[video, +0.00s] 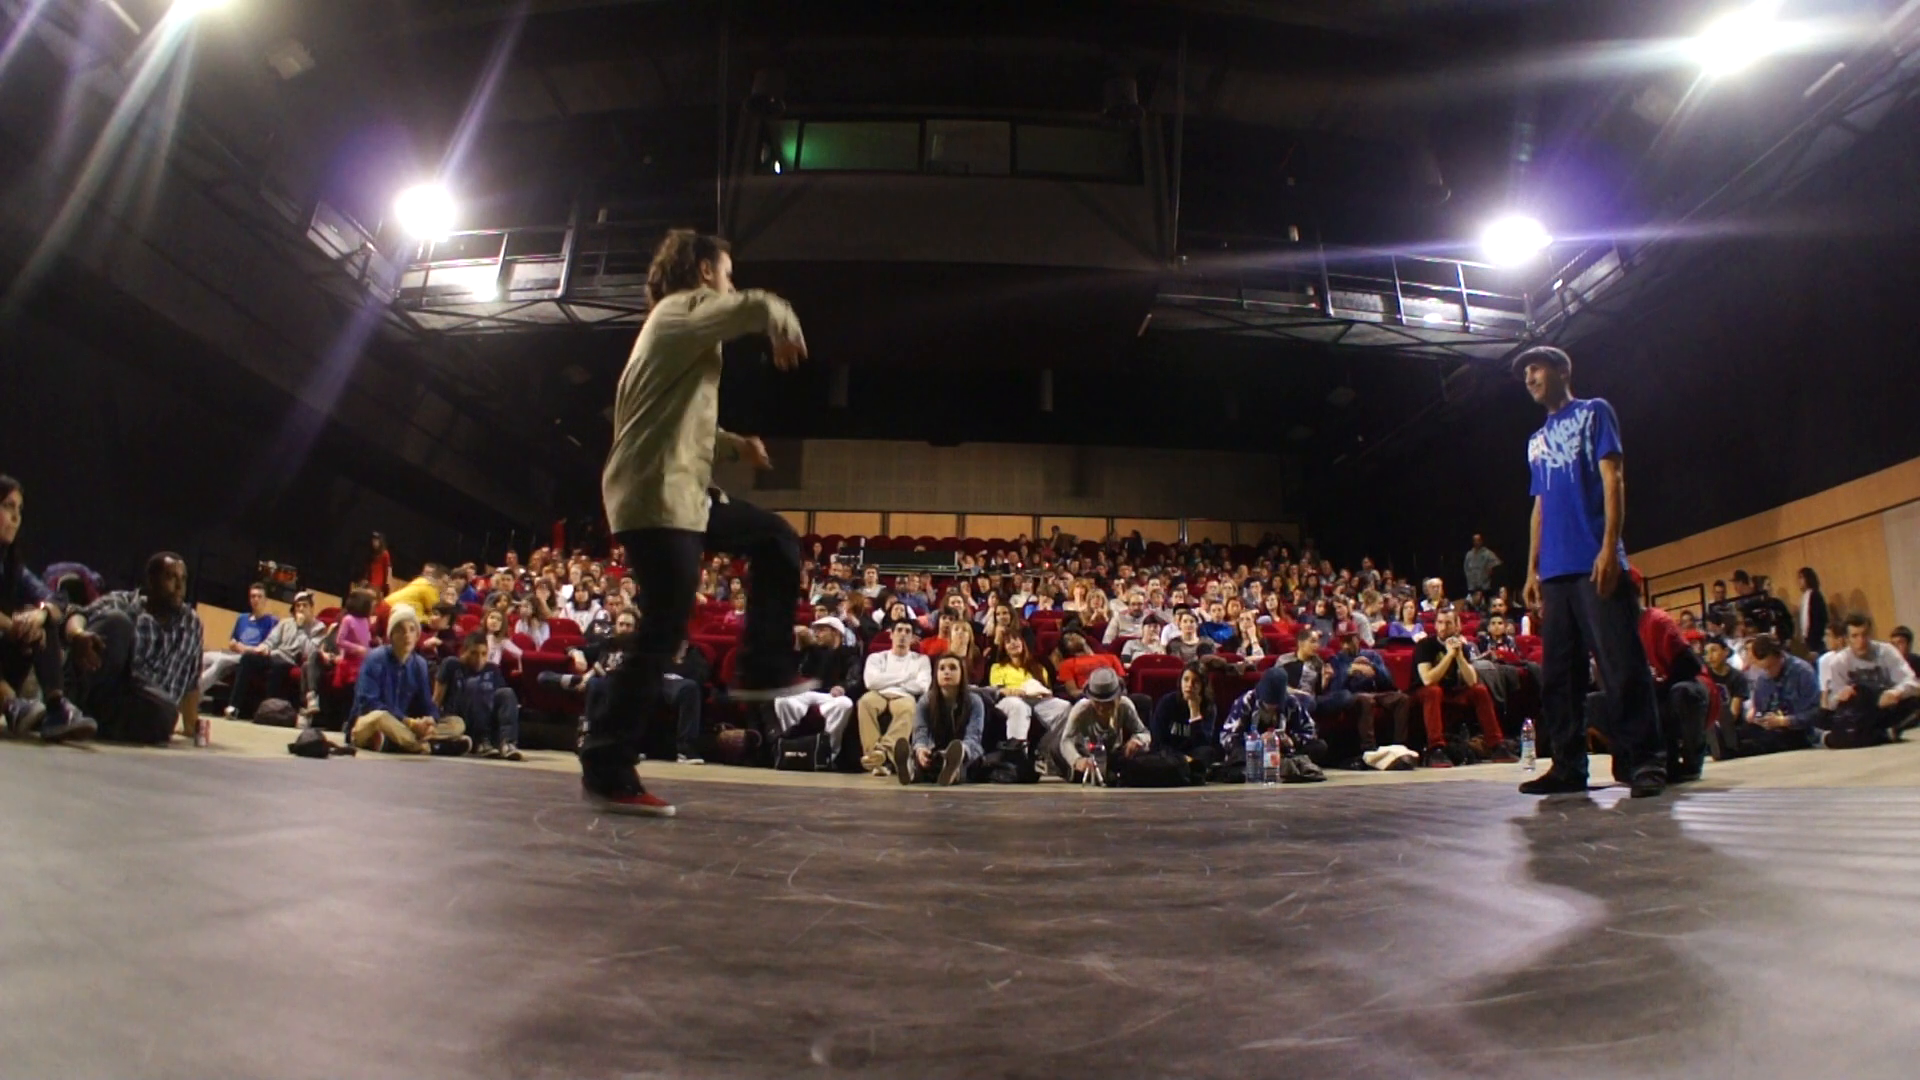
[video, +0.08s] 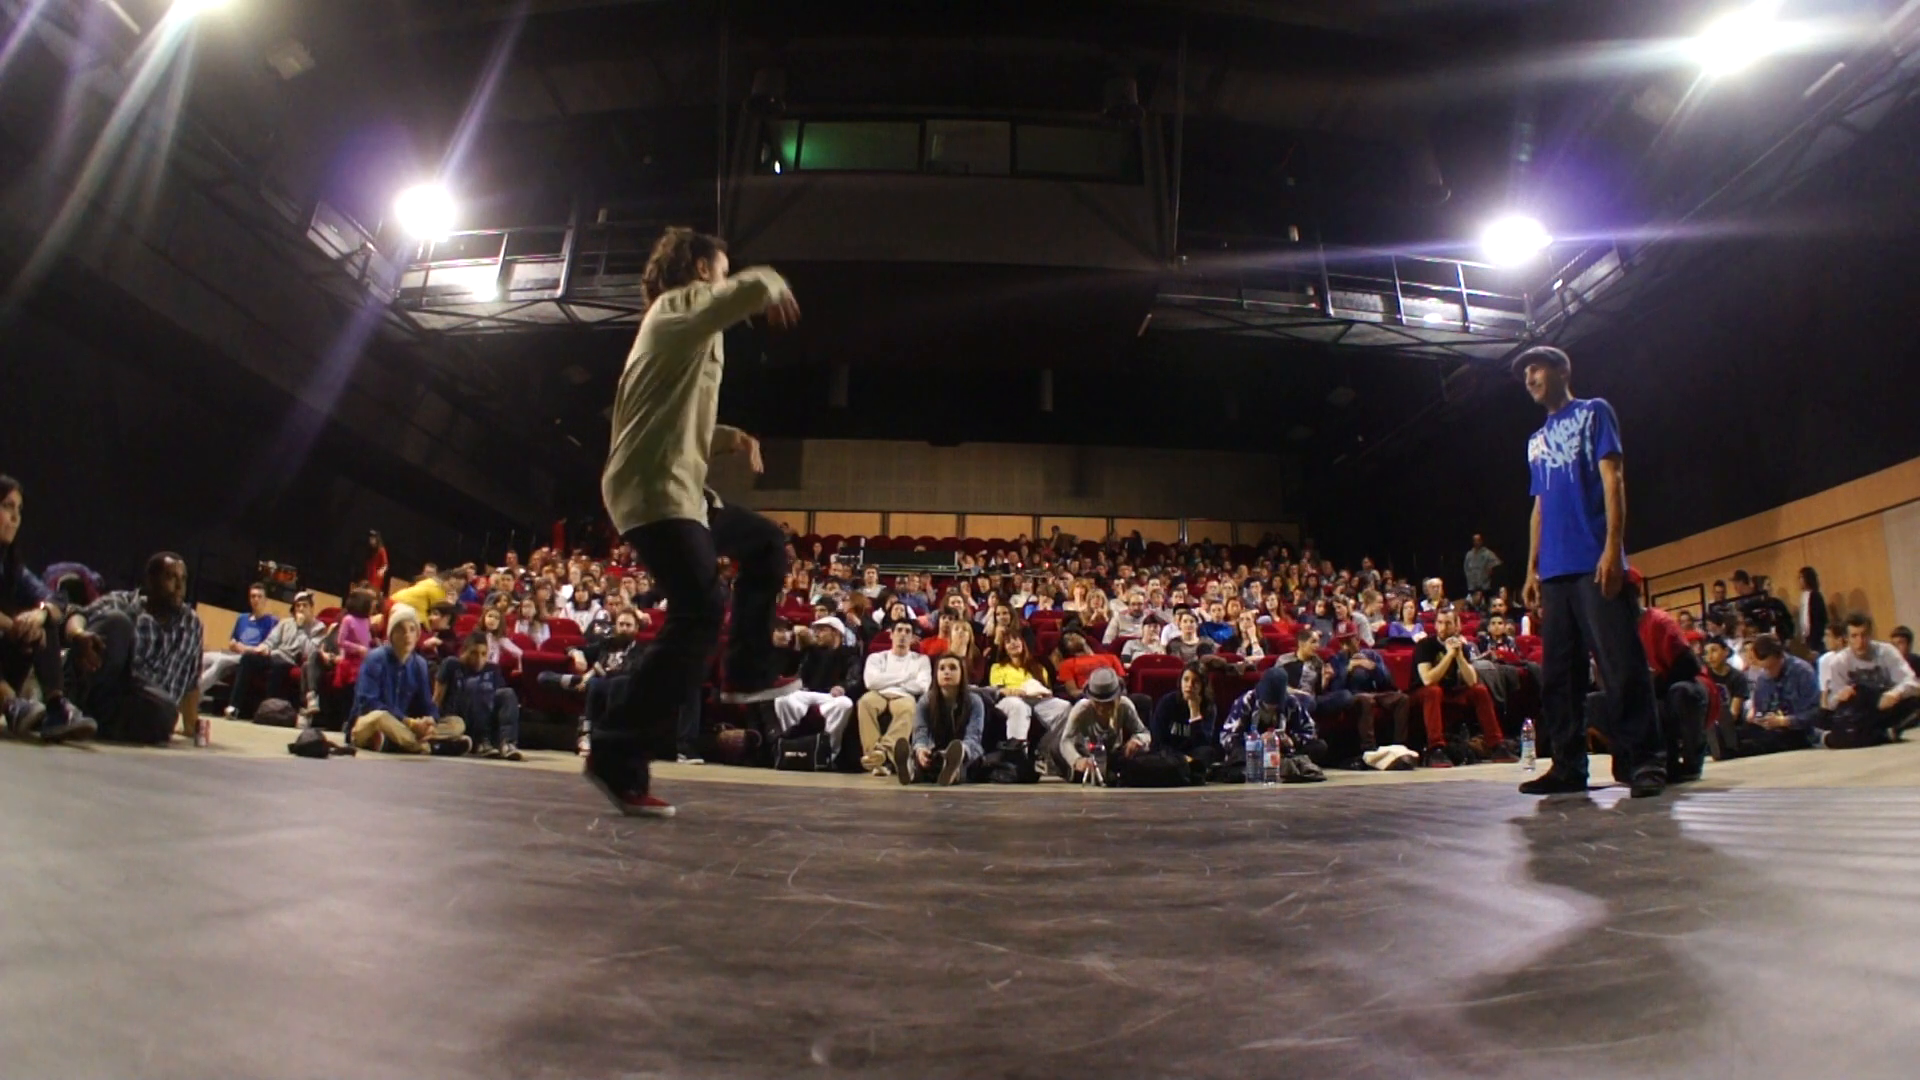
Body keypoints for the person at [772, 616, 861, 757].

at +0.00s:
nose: (817, 634)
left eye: (822, 630)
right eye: (817, 630)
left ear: (835, 633)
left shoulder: (849, 653)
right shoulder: (815, 651)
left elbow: (854, 679)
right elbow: (804, 673)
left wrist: (843, 688)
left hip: (833, 693)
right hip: (811, 691)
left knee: (844, 704)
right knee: (783, 702)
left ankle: (830, 753)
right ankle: (793, 750)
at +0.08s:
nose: (818, 634)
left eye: (822, 630)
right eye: (817, 630)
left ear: (835, 633)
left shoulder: (849, 653)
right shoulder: (813, 652)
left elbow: (854, 679)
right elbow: (804, 676)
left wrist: (843, 688)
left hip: (832, 693)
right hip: (811, 691)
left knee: (844, 704)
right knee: (785, 702)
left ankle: (830, 752)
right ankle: (794, 748)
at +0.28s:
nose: (820, 634)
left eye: (825, 630)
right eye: (819, 630)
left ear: (837, 633)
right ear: (817, 632)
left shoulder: (849, 653)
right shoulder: (814, 651)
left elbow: (854, 679)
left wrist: (843, 688)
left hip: (832, 693)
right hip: (810, 691)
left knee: (844, 704)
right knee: (785, 702)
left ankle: (830, 754)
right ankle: (793, 749)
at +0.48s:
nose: (831, 634)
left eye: (835, 629)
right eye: (825, 631)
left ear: (842, 632)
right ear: (820, 635)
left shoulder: (850, 652)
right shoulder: (813, 651)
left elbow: (854, 679)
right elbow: (802, 674)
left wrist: (843, 688)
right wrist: (798, 683)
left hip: (831, 694)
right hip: (809, 692)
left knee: (844, 704)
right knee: (783, 699)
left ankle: (829, 754)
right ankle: (793, 749)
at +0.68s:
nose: (834, 634)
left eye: (837, 629)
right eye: (827, 631)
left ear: (842, 632)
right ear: (820, 636)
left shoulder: (850, 652)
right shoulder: (812, 651)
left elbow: (854, 679)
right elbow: (801, 674)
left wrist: (842, 688)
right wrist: (798, 683)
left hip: (832, 694)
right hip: (809, 691)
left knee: (844, 704)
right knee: (783, 699)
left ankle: (829, 754)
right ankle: (793, 749)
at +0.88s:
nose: (833, 634)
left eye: (836, 629)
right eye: (827, 631)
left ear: (842, 632)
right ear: (820, 635)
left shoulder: (850, 653)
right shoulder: (812, 651)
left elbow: (854, 679)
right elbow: (801, 673)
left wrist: (842, 688)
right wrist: (798, 683)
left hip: (831, 694)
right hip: (808, 691)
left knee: (844, 704)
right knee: (783, 700)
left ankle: (829, 754)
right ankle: (793, 749)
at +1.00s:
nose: (833, 634)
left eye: (836, 629)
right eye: (827, 631)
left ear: (842, 632)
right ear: (820, 635)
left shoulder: (850, 653)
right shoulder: (812, 651)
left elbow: (854, 679)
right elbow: (801, 673)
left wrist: (842, 688)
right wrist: (798, 683)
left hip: (831, 694)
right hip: (808, 691)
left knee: (844, 704)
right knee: (783, 700)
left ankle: (829, 754)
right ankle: (793, 749)